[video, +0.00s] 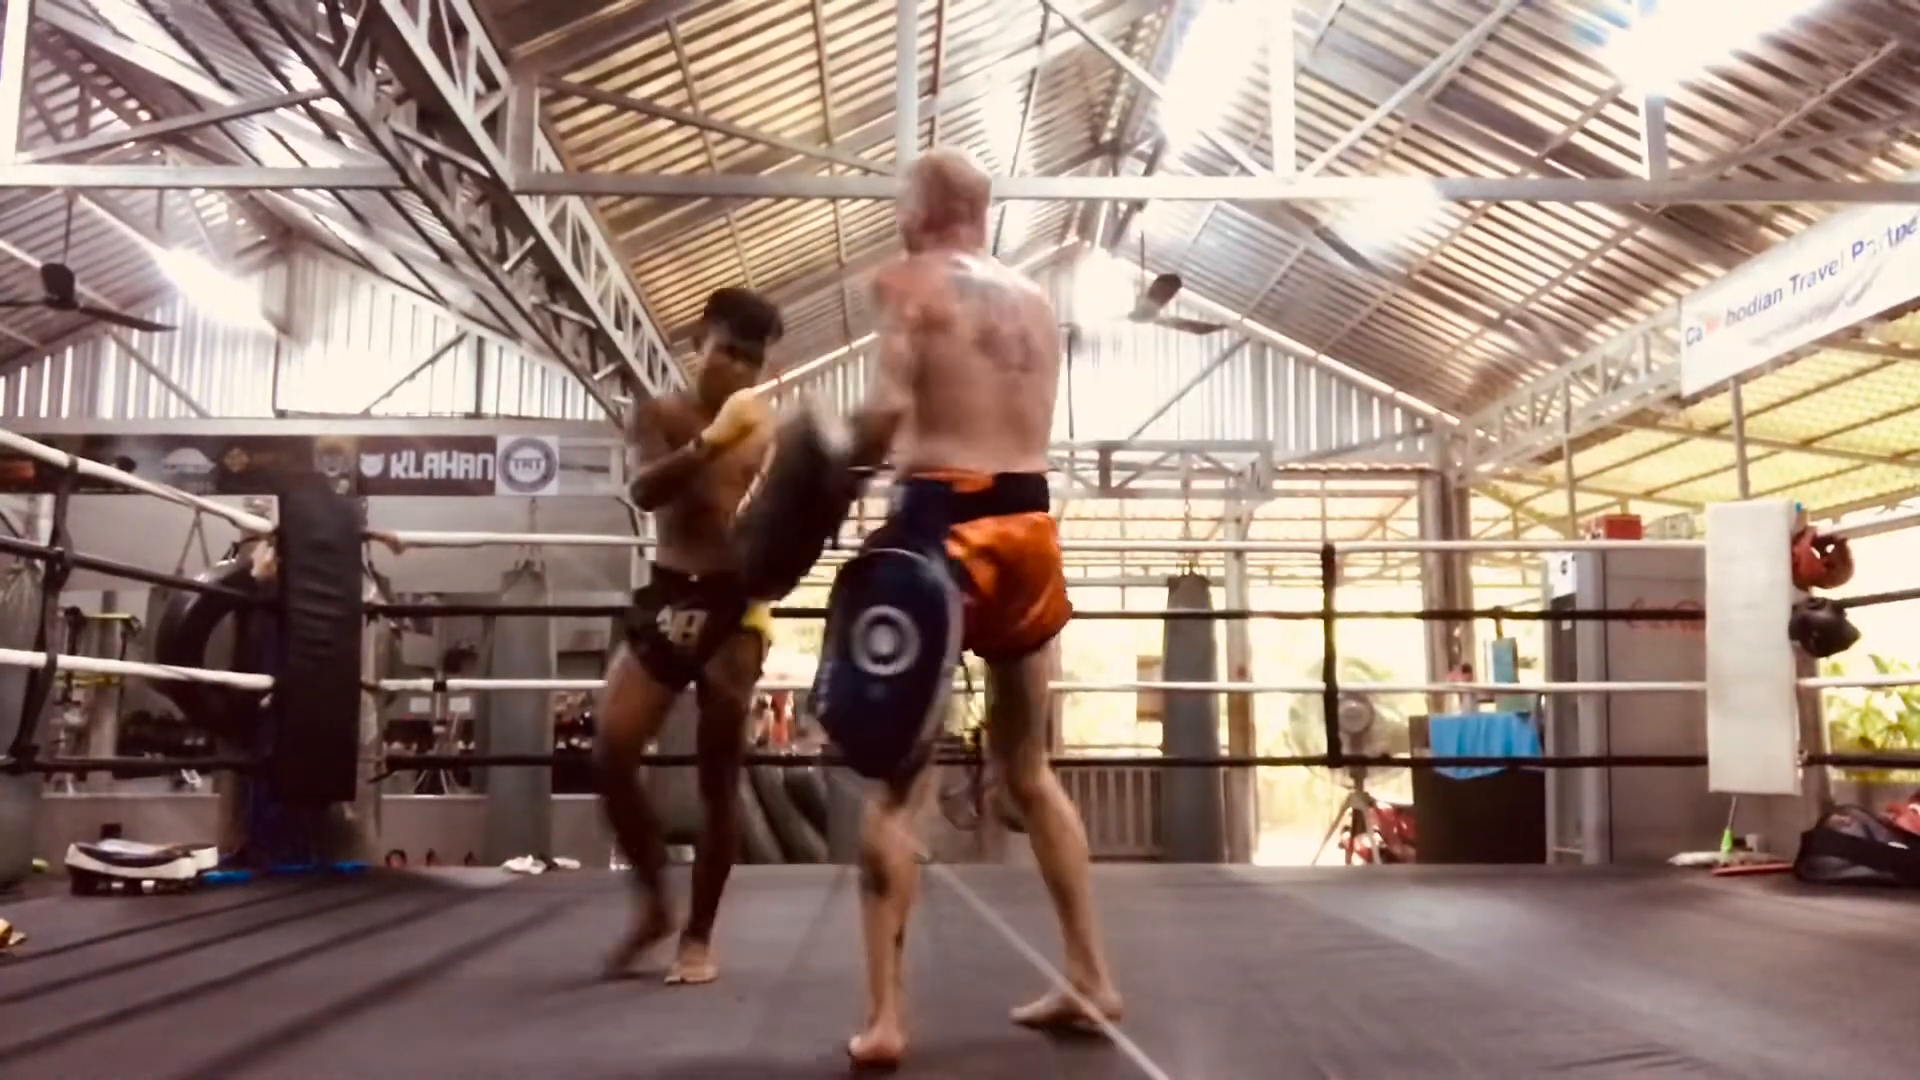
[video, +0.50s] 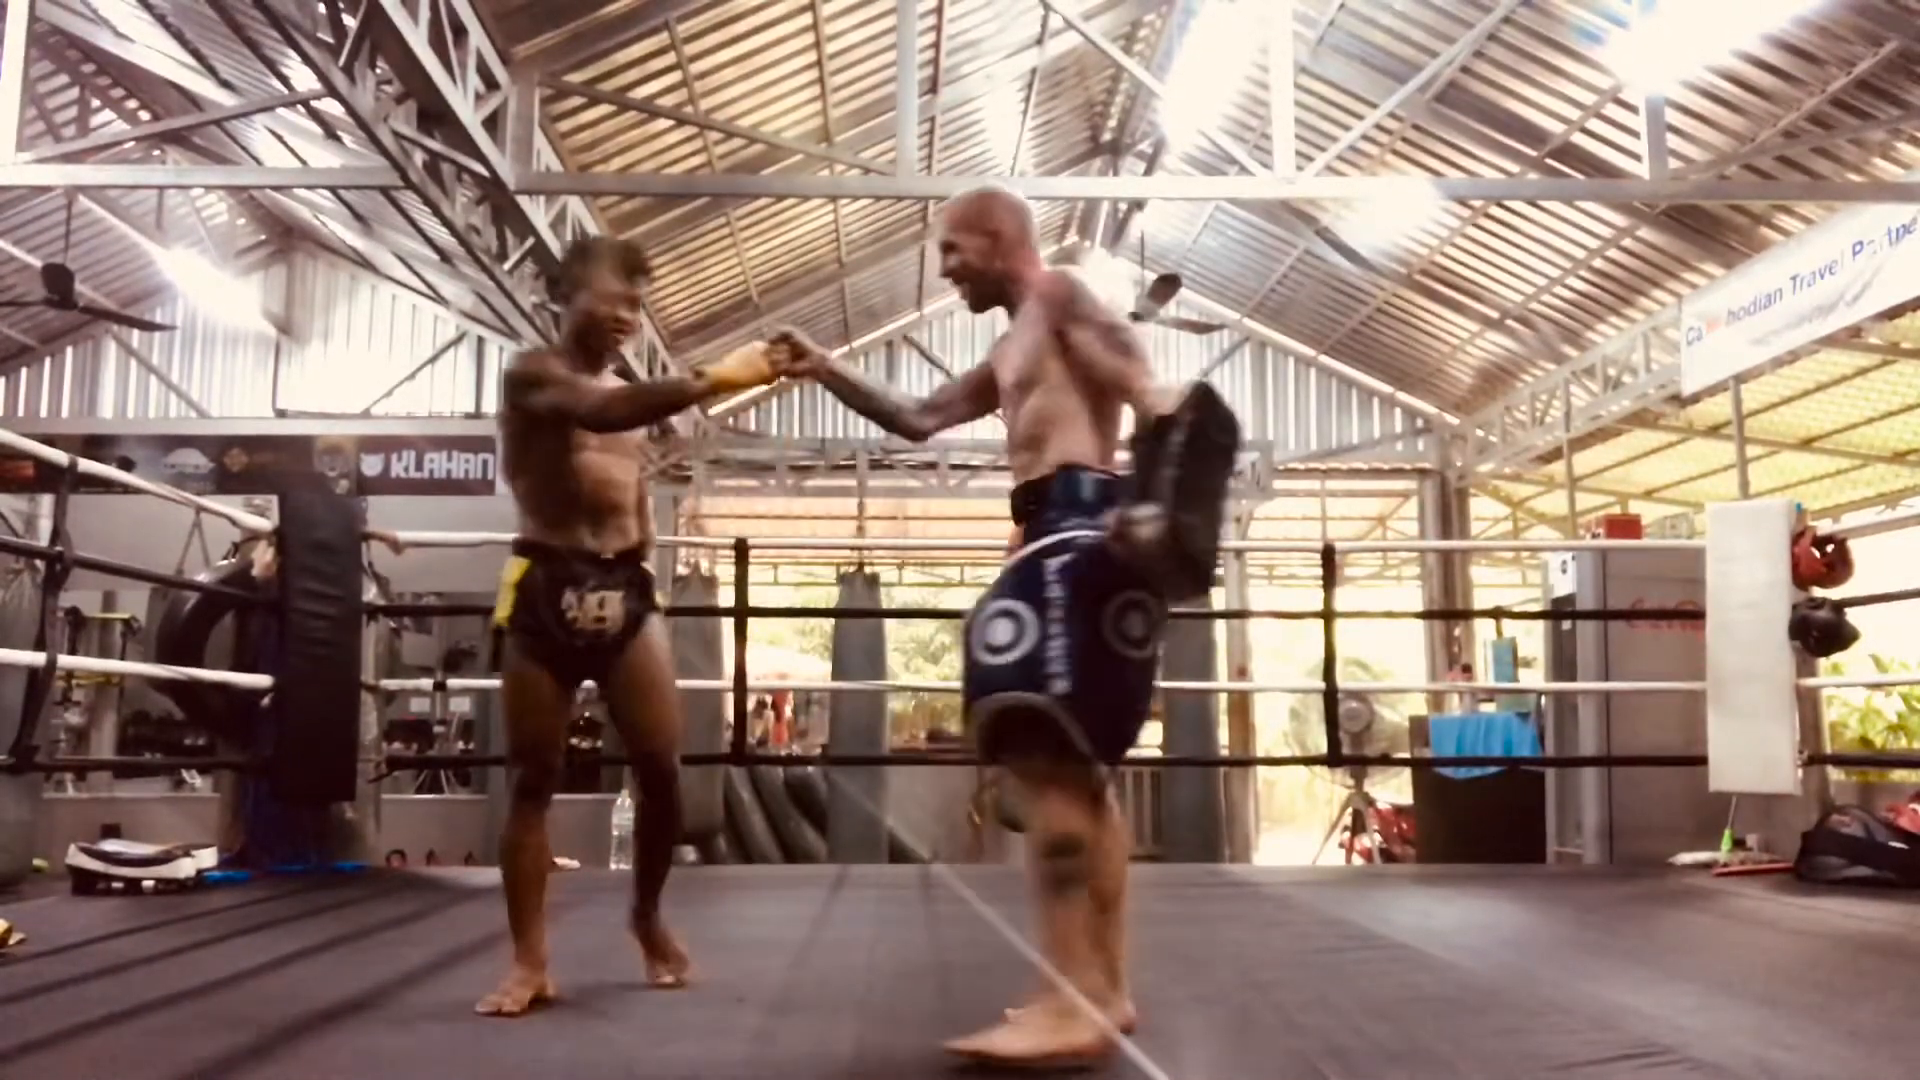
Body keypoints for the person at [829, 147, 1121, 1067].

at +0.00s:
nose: (898, 225)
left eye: (903, 212)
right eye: (904, 212)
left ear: (922, 214)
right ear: (982, 217)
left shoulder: (909, 281)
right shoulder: (1037, 301)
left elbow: (887, 410)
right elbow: (1029, 425)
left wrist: (840, 457)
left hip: (938, 526)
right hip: (1029, 525)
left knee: (896, 793)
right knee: (1030, 774)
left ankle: (884, 1017)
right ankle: (1090, 982)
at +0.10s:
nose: (919, 228)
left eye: (924, 213)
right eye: (923, 213)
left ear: (950, 214)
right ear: (998, 220)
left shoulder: (944, 288)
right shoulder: (1052, 314)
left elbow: (941, 409)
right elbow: (1040, 437)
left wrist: (868, 464)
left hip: (958, 533)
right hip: (1040, 534)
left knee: (907, 795)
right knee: (1039, 778)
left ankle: (891, 1012)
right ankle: (1100, 979)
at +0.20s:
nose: (926, 242)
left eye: (933, 226)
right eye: (929, 226)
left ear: (965, 228)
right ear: (1007, 234)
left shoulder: (971, 305)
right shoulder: (1061, 323)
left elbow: (987, 419)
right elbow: (964, 423)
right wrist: (928, 347)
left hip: (987, 548)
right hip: (1055, 539)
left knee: (928, 788)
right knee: (1051, 777)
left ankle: (913, 1006)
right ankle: (1102, 982)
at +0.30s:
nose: (931, 264)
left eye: (937, 248)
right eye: (930, 251)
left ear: (975, 241)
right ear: (990, 240)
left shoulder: (1018, 299)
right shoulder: (1016, 321)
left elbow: (1057, 385)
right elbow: (958, 449)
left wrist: (989, 485)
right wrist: (916, 362)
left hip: (1013, 562)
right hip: (1045, 564)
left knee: (961, 778)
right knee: (1062, 776)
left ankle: (936, 997)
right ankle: (1103, 982)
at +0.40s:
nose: (934, 277)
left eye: (939, 259)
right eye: (931, 263)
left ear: (982, 250)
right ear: (981, 254)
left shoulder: (1040, 305)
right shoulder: (1013, 350)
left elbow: (1113, 393)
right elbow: (929, 439)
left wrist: (1082, 512)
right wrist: (848, 372)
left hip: (1053, 524)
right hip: (1043, 527)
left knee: (1002, 757)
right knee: (1070, 771)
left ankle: (984, 998)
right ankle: (1103, 984)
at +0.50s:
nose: (948, 268)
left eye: (955, 250)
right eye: (944, 254)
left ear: (1004, 240)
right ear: (997, 245)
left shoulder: (1059, 297)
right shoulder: (1007, 351)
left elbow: (1139, 381)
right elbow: (916, 419)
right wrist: (823, 367)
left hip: (1078, 516)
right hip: (1058, 526)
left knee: (1038, 749)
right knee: (1081, 769)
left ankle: (1073, 994)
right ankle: (1104, 989)